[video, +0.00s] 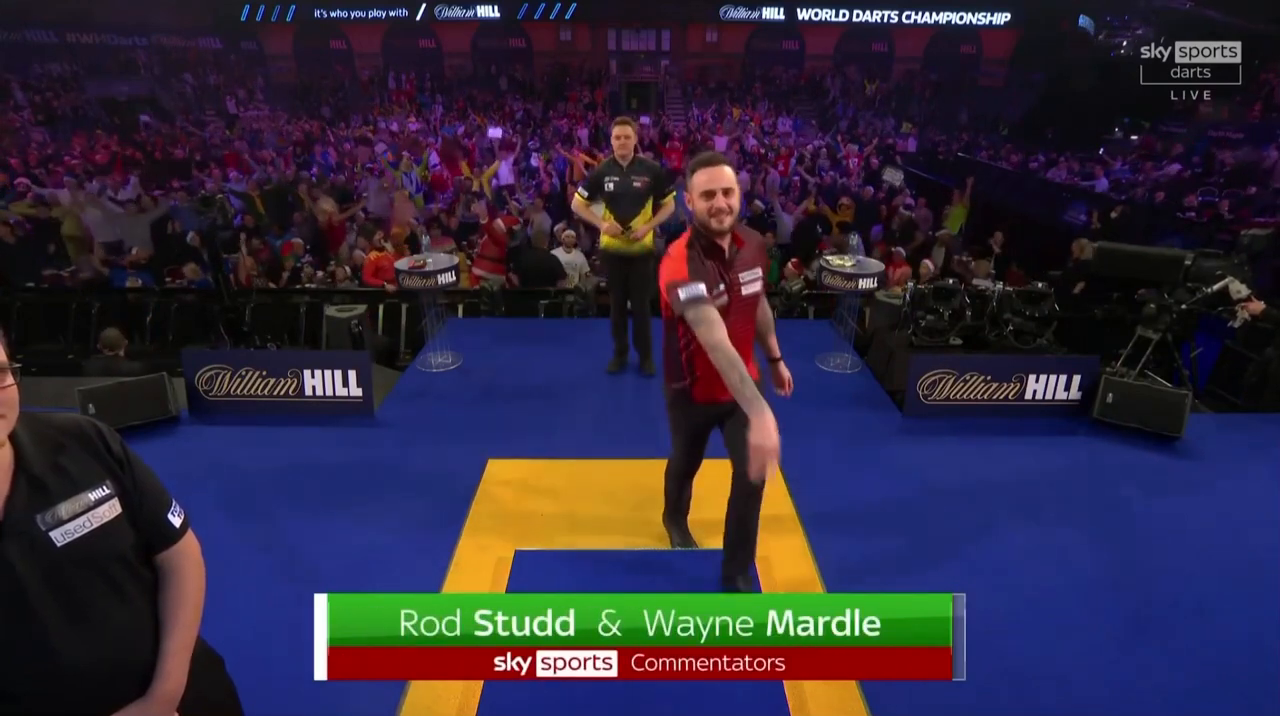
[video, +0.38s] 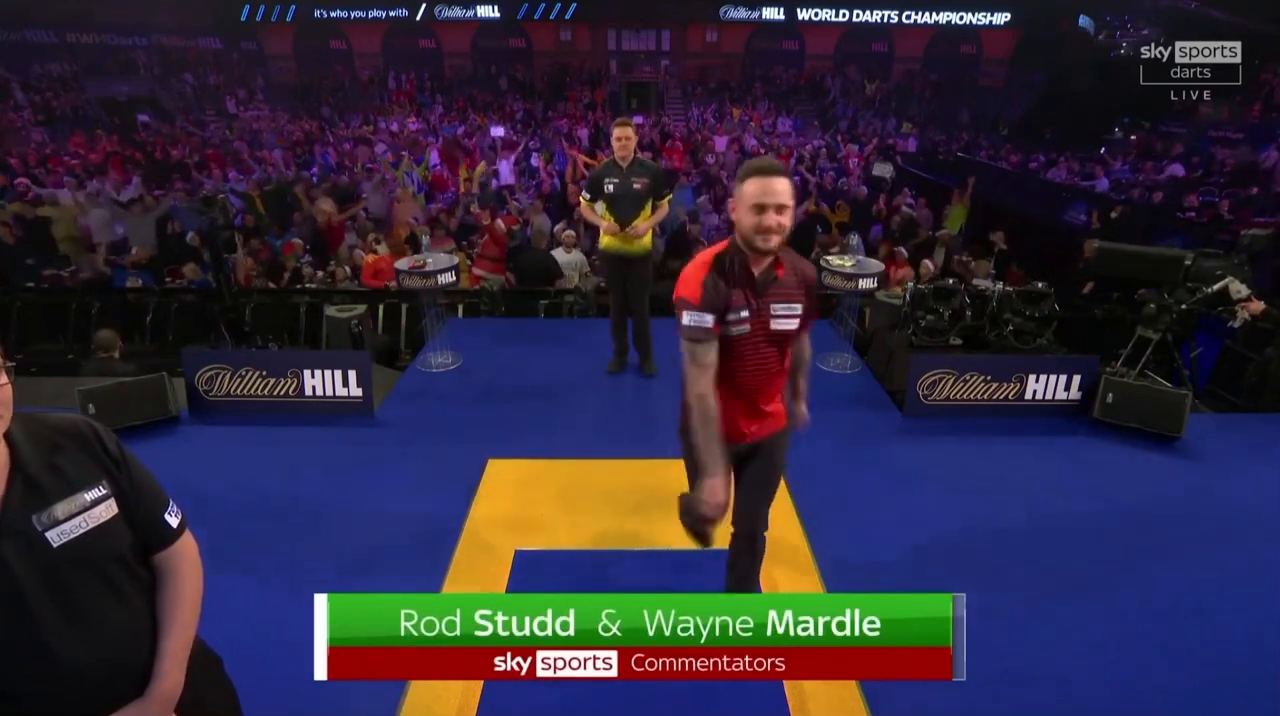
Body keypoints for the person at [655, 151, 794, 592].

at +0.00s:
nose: (720, 202)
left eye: (728, 192)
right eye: (707, 195)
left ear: (739, 195)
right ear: (689, 203)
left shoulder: (750, 245)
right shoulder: (681, 262)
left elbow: (758, 303)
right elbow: (716, 342)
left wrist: (775, 358)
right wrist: (758, 409)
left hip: (742, 384)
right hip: (694, 390)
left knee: (753, 474)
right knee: (685, 462)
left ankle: (737, 573)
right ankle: (675, 518)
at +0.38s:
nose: (771, 221)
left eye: (781, 210)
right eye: (759, 209)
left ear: (793, 214)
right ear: (734, 211)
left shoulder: (801, 275)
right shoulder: (703, 279)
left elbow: (800, 337)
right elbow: (700, 380)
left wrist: (799, 399)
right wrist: (713, 471)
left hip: (770, 419)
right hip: (712, 420)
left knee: (752, 526)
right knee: (712, 506)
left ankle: (744, 606)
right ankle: (697, 523)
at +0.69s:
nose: (799, 235)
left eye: (808, 222)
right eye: (785, 221)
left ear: (817, 222)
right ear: (748, 217)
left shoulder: (829, 301)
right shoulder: (698, 288)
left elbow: (851, 401)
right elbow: (647, 360)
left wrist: (863, 504)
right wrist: (614, 430)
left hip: (777, 472)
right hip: (709, 470)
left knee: (747, 582)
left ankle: (720, 662)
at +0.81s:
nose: (789, 248)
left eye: (799, 235)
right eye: (774, 234)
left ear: (810, 238)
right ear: (737, 233)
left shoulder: (829, 323)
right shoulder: (690, 306)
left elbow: (856, 424)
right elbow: (641, 374)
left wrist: (869, 530)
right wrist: (604, 443)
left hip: (779, 506)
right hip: (706, 504)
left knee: (734, 616)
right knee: (712, 638)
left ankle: (700, 682)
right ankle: (700, 706)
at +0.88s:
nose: (773, 257)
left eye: (786, 243)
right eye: (758, 241)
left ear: (798, 248)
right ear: (723, 241)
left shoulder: (824, 336)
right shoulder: (681, 320)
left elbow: (854, 441)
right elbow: (639, 388)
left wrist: (864, 550)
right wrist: (606, 459)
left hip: (776, 528)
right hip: (698, 524)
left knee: (747, 623)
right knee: (703, 656)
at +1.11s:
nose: (736, 275)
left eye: (754, 258)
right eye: (720, 257)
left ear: (777, 261)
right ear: (690, 256)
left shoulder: (816, 366)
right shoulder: (653, 346)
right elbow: (632, 440)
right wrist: (616, 544)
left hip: (764, 595)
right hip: (673, 583)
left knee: (758, 705)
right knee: (689, 702)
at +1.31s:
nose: (729, 302)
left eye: (752, 286)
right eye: (714, 279)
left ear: (781, 290)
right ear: (684, 274)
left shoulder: (810, 407)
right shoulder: (648, 362)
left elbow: (864, 559)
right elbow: (622, 463)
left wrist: (840, 669)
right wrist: (593, 565)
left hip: (749, 643)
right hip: (653, 624)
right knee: (677, 705)